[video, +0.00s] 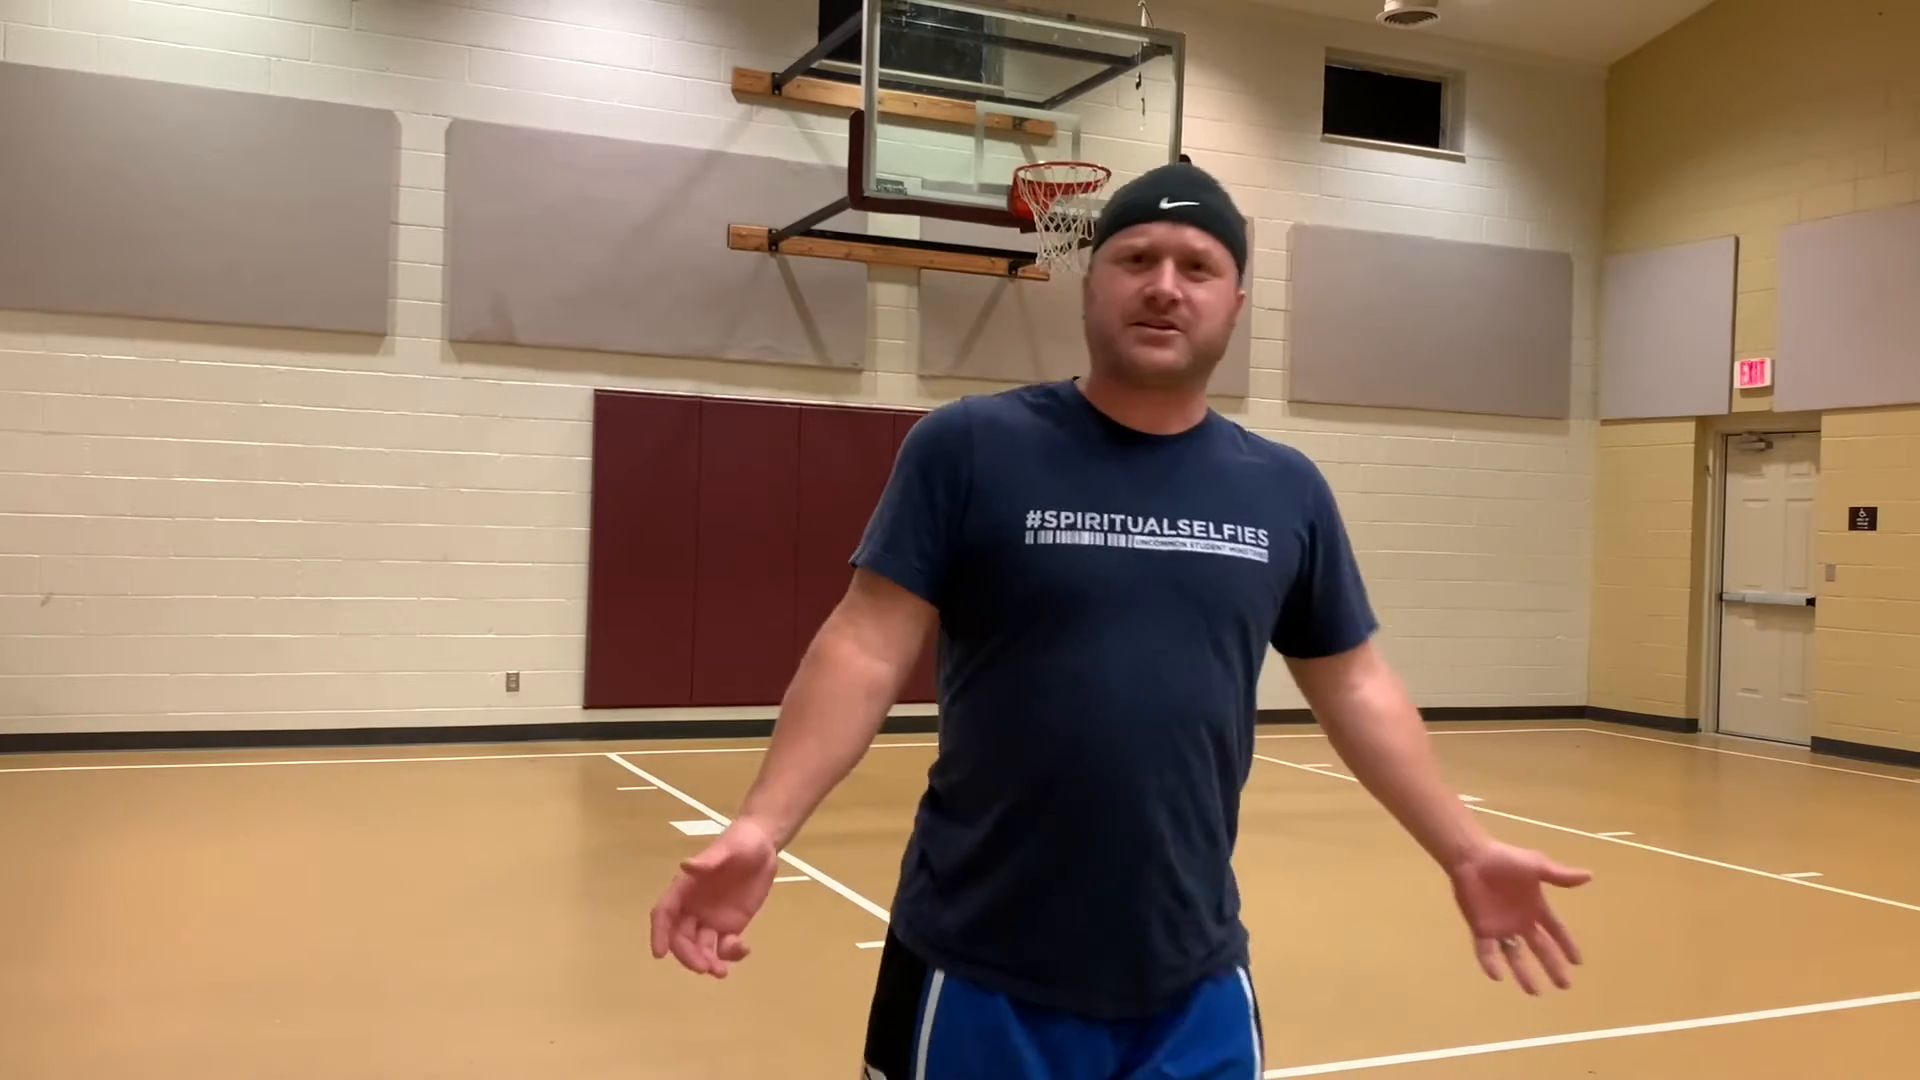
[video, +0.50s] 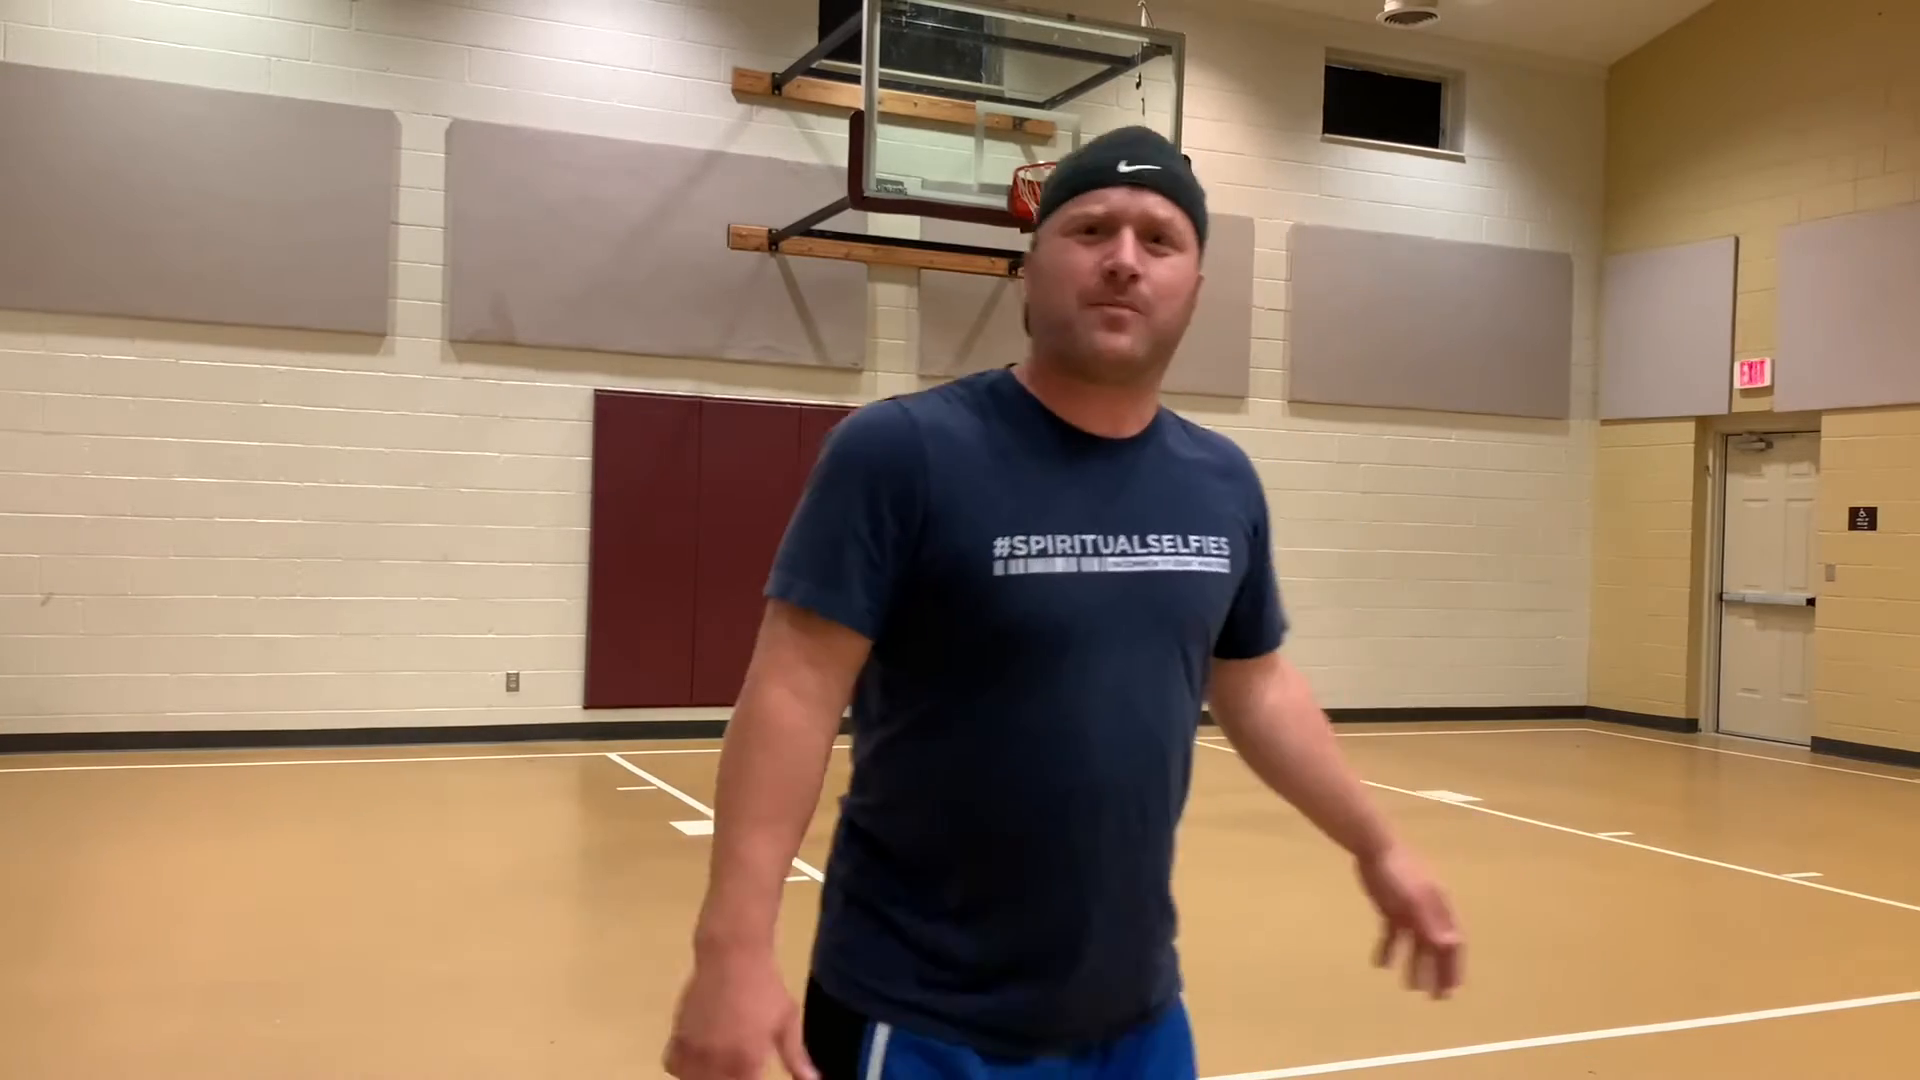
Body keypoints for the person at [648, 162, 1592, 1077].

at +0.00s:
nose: (1164, 283)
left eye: (1196, 266)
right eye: (1138, 259)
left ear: (1237, 307)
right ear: (1086, 286)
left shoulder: (1284, 491)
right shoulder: (964, 451)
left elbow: (1356, 685)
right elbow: (866, 645)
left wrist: (1466, 849)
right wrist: (765, 827)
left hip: (1189, 983)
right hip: (982, 979)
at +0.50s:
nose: (1125, 260)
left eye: (1159, 239)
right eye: (1093, 230)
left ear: (1197, 288)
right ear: (1031, 259)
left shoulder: (1221, 482)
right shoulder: (899, 453)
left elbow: (1257, 682)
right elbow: (794, 689)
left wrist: (1378, 843)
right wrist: (734, 952)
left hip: (1129, 1008)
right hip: (919, 1014)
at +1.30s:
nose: (1054, 261)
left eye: (1090, 241)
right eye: (1023, 229)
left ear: (1128, 288)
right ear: (967, 264)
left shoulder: (1140, 476)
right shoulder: (847, 454)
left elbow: (1165, 677)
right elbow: (751, 692)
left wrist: (1262, 845)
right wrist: (742, 956)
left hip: (1056, 1003)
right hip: (865, 1011)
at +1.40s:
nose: (1069, 259)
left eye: (1105, 242)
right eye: (1041, 231)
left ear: (1142, 291)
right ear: (986, 265)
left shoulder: (1160, 482)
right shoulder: (869, 447)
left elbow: (1189, 678)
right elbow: (782, 662)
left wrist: (1284, 849)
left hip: (1073, 993)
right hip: (886, 997)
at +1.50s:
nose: (1093, 255)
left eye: (1126, 243)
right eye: (1065, 229)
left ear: (1159, 294)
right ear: (1007, 261)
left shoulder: (1172, 482)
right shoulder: (888, 435)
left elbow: (1208, 669)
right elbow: (794, 654)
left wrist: (1308, 840)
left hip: (1087, 981)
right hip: (901, 983)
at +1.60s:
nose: (1100, 251)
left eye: (1132, 239)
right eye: (1071, 228)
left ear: (1162, 295)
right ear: (1015, 260)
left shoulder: (1172, 476)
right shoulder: (899, 427)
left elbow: (1205, 661)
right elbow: (811, 651)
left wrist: (1313, 820)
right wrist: (986, 586)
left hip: (1091, 958)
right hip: (916, 963)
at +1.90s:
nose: (1063, 243)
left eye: (1092, 228)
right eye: (1033, 223)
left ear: (1129, 275)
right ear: (978, 263)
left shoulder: (1150, 455)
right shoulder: (889, 434)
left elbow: (1170, 636)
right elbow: (818, 655)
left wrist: (1230, 799)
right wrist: (1009, 686)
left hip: (1085, 950)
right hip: (918, 957)